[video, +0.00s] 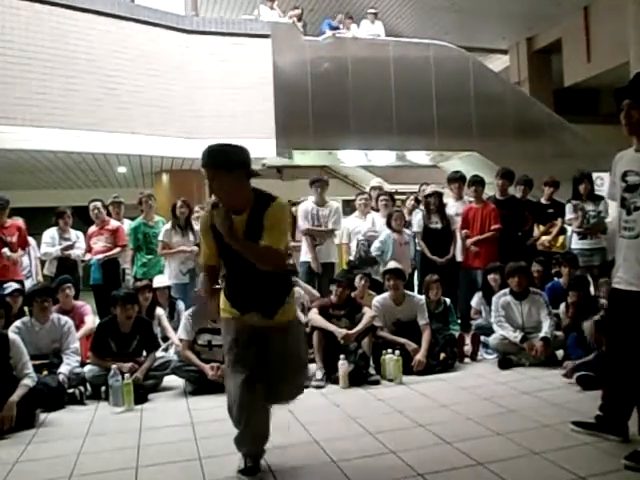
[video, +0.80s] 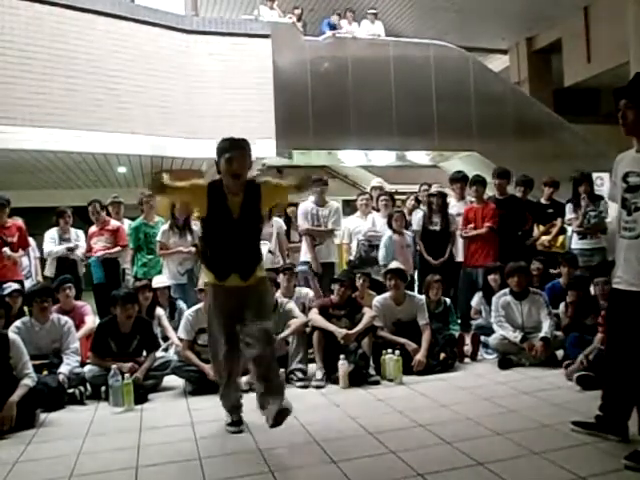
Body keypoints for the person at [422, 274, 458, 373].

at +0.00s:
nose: (435, 292)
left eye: (437, 288)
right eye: (432, 289)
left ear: (441, 289)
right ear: (427, 291)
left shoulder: (447, 303)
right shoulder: (421, 303)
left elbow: (453, 322)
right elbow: (421, 322)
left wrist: (452, 334)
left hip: (444, 332)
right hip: (429, 333)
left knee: (449, 339)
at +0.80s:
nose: (435, 291)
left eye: (438, 288)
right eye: (432, 288)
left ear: (442, 290)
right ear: (427, 290)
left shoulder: (447, 303)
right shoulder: (421, 302)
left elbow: (453, 322)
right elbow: (420, 322)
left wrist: (452, 334)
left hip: (444, 332)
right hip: (428, 332)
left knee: (449, 338)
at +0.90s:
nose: (435, 291)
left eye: (438, 288)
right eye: (432, 288)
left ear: (442, 290)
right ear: (427, 290)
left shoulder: (447, 303)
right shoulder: (422, 303)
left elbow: (453, 322)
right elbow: (421, 321)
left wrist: (452, 334)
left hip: (444, 332)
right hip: (428, 332)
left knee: (450, 339)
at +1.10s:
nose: (436, 291)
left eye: (439, 288)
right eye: (433, 288)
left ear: (443, 290)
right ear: (428, 289)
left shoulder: (447, 303)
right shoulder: (422, 302)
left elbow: (453, 322)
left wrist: (452, 335)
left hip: (444, 332)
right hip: (428, 333)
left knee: (450, 339)